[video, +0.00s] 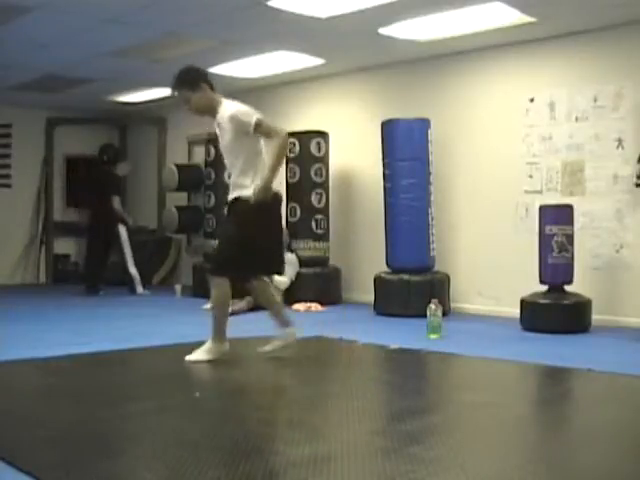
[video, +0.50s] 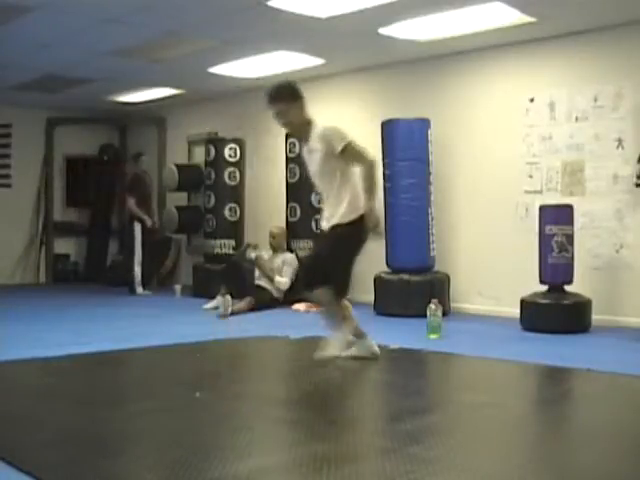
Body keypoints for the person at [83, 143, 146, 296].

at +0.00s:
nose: (122, 164)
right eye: (121, 161)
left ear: (101, 158)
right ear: (115, 160)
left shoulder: (95, 174)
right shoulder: (113, 177)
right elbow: (115, 204)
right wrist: (126, 218)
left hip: (97, 218)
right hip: (113, 219)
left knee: (96, 252)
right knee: (127, 255)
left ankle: (92, 286)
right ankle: (137, 287)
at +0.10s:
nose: (134, 167)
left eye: (134, 163)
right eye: (132, 163)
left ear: (103, 159)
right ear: (123, 162)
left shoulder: (98, 175)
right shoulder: (122, 178)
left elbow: (93, 200)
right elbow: (125, 202)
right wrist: (133, 217)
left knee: (100, 250)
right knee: (130, 253)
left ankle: (97, 283)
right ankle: (137, 287)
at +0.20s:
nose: (139, 165)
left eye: (138, 162)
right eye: (136, 162)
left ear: (126, 164)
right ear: (129, 163)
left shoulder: (118, 176)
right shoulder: (129, 178)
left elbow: (116, 201)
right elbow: (131, 203)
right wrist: (140, 219)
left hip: (119, 218)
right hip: (129, 220)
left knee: (120, 251)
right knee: (133, 253)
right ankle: (137, 286)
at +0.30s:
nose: (142, 165)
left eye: (141, 162)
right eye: (139, 162)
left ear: (131, 164)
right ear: (133, 163)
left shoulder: (126, 177)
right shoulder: (133, 178)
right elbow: (133, 203)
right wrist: (144, 217)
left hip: (126, 219)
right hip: (133, 220)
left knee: (126, 252)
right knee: (136, 254)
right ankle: (137, 287)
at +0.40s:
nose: (140, 166)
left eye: (139, 162)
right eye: (138, 163)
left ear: (130, 164)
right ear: (131, 164)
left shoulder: (129, 177)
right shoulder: (133, 178)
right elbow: (133, 204)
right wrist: (146, 218)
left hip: (127, 220)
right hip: (133, 221)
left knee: (130, 253)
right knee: (136, 254)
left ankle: (132, 285)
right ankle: (137, 287)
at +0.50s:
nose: (145, 164)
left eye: (144, 161)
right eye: (142, 162)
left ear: (139, 163)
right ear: (137, 163)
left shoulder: (145, 178)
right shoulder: (135, 178)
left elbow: (150, 201)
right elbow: (130, 203)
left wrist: (154, 216)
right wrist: (145, 218)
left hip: (143, 220)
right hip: (135, 220)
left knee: (142, 253)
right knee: (137, 253)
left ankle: (141, 284)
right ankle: (137, 286)